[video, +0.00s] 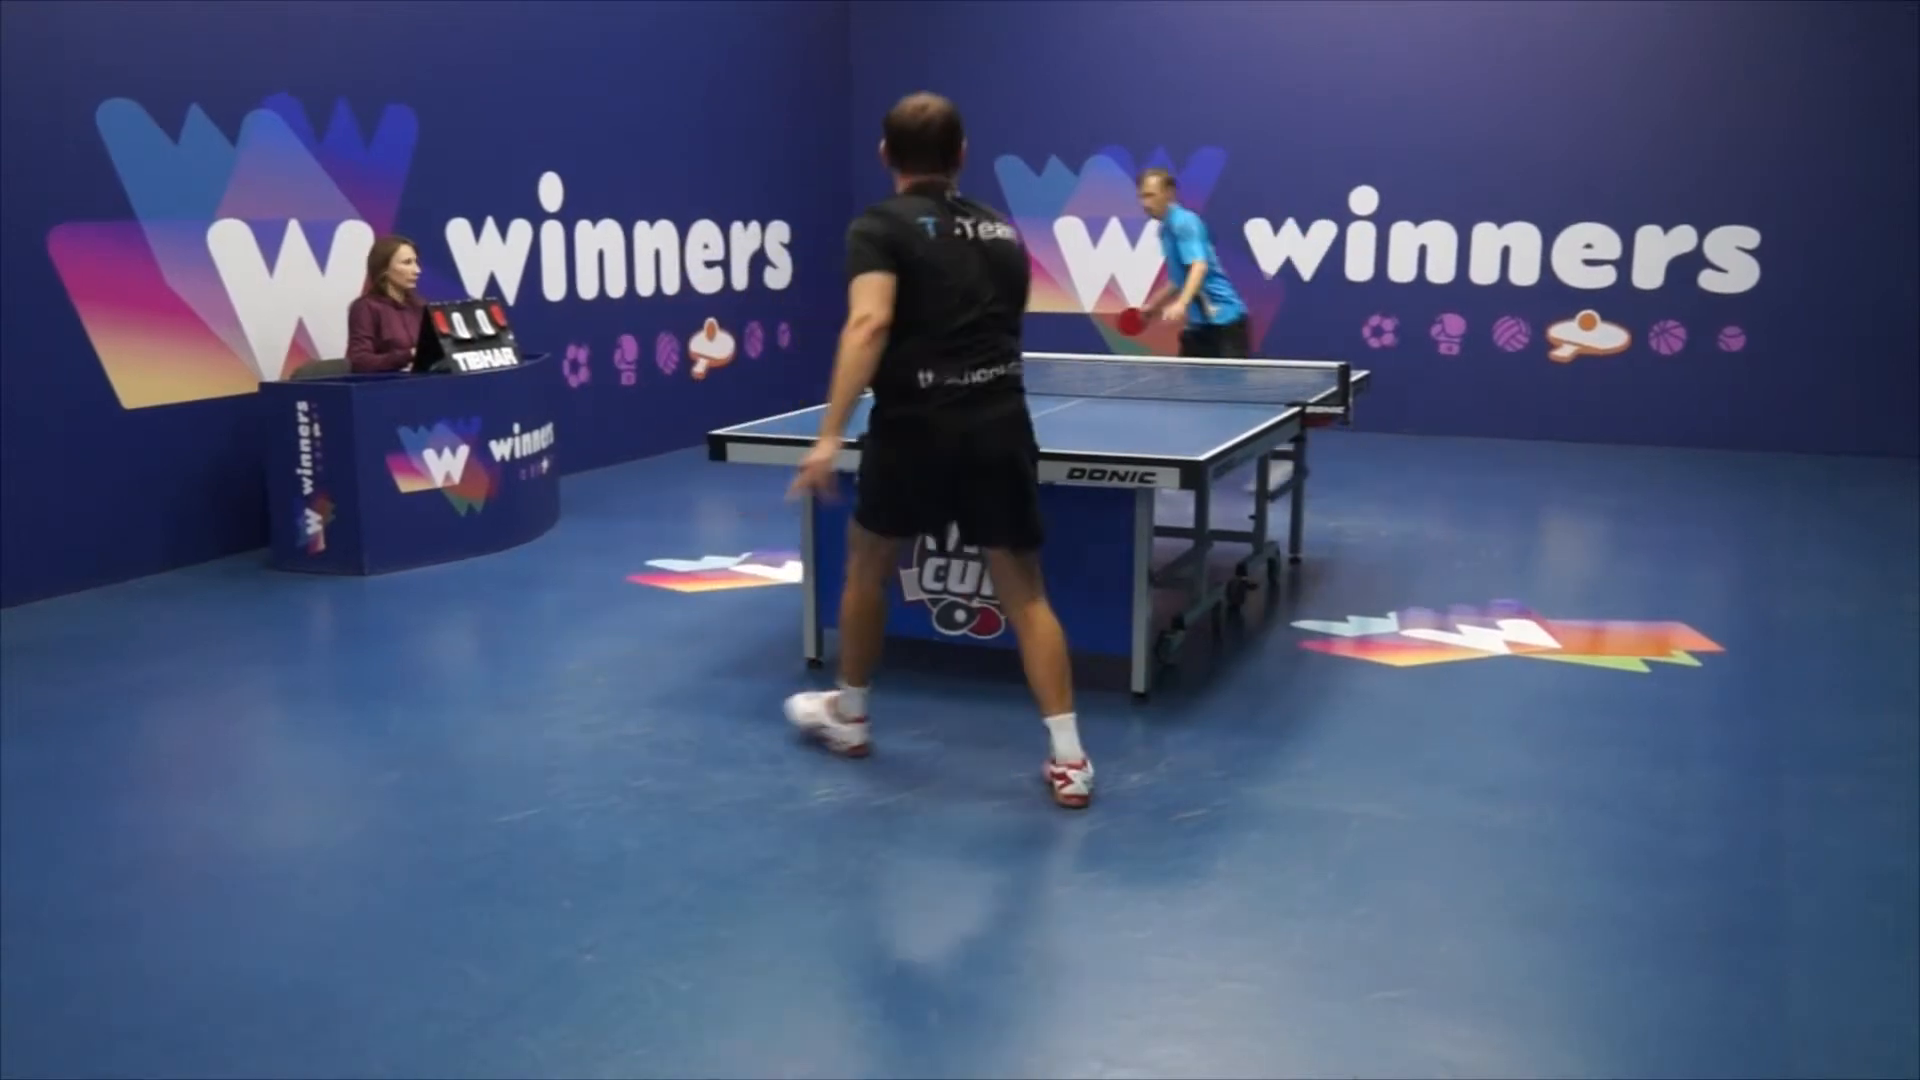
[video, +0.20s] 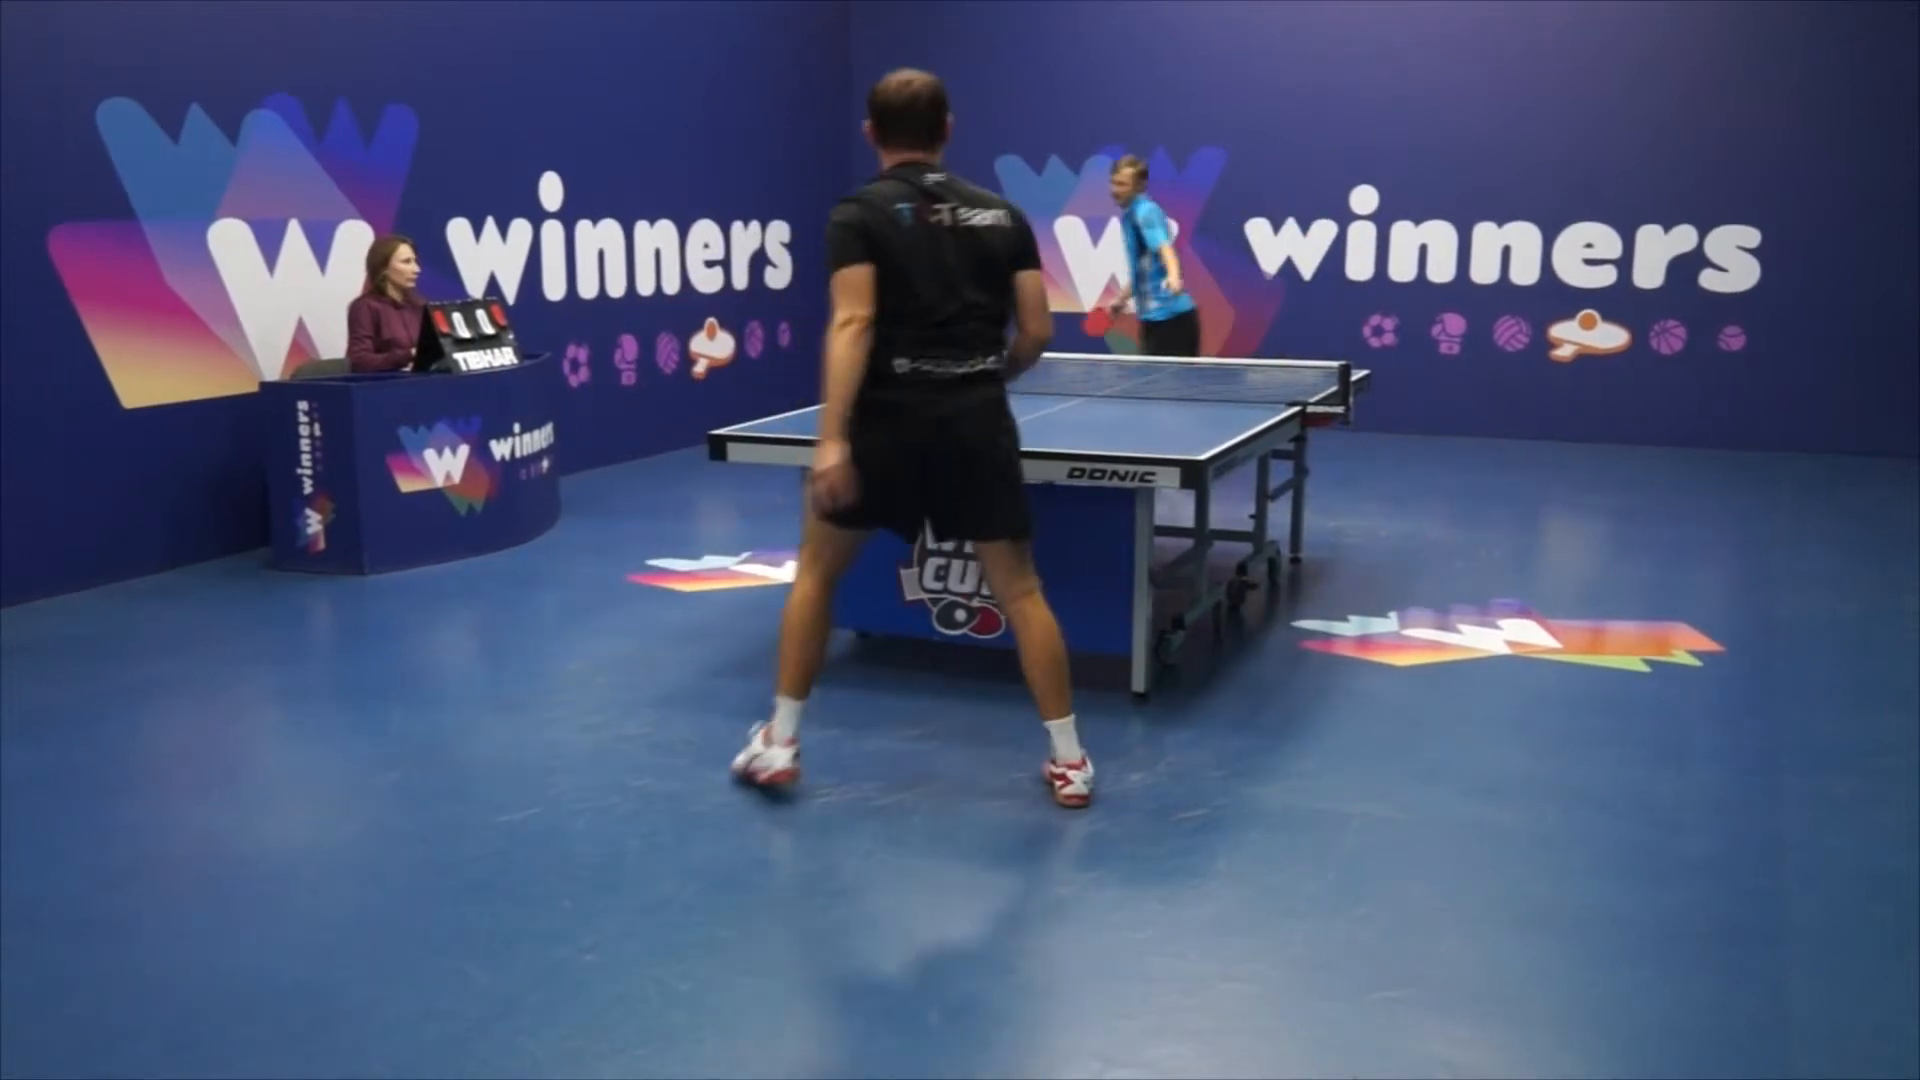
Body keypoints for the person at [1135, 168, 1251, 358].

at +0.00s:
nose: (1145, 203)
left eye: (1150, 196)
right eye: (1142, 197)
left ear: (1169, 194)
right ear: (1139, 197)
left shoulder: (1184, 222)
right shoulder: (1166, 229)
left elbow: (1199, 266)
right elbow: (1177, 281)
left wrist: (1180, 305)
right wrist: (1151, 309)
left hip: (1226, 320)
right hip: (1198, 322)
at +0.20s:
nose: (1115, 190)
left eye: (1122, 184)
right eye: (1113, 183)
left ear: (1140, 186)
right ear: (1110, 182)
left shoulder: (1146, 211)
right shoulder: (1130, 215)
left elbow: (1165, 248)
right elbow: (1142, 272)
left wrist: (1173, 277)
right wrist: (1121, 300)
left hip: (1172, 316)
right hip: (1153, 318)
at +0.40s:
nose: (1087, 189)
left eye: (1095, 185)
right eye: (1086, 183)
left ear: (1111, 190)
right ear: (1083, 182)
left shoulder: (1110, 221)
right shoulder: (1099, 219)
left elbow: (1107, 277)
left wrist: (1085, 317)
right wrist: (1085, 315)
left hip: (1113, 326)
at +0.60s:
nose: (1056, 185)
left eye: (1064, 180)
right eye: (1054, 179)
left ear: (1081, 182)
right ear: (1051, 179)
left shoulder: (1076, 216)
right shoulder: (1085, 212)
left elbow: (1044, 260)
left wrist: (1009, 292)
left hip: (1077, 315)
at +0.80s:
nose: (1019, 196)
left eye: (1024, 189)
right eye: (1017, 190)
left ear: (1042, 188)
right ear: (1014, 190)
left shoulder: (1035, 218)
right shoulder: (1059, 217)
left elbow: (1016, 251)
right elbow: (1070, 266)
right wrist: (1075, 309)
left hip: (1041, 318)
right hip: (1061, 316)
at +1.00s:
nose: (986, 189)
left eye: (993, 183)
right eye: (984, 182)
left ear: (1011, 184)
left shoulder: (1002, 217)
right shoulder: (1027, 216)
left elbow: (984, 268)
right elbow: (1031, 272)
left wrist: (975, 304)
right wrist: (1039, 314)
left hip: (1002, 320)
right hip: (1024, 319)